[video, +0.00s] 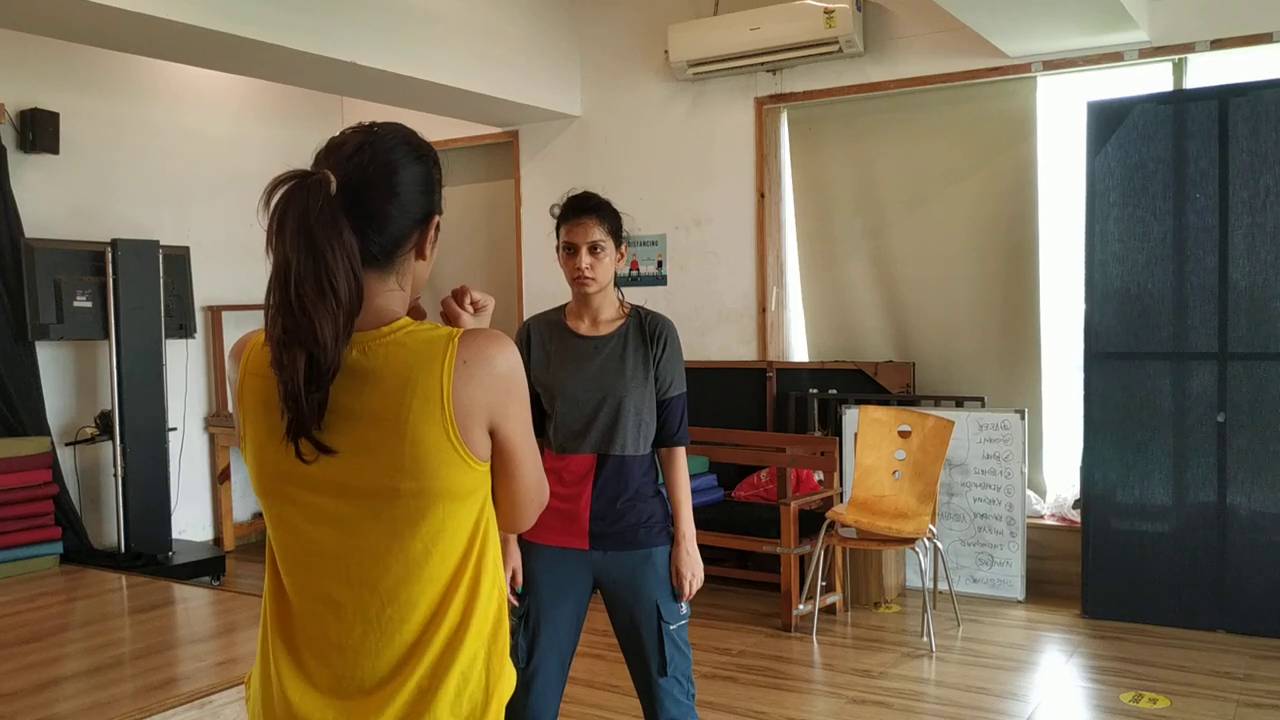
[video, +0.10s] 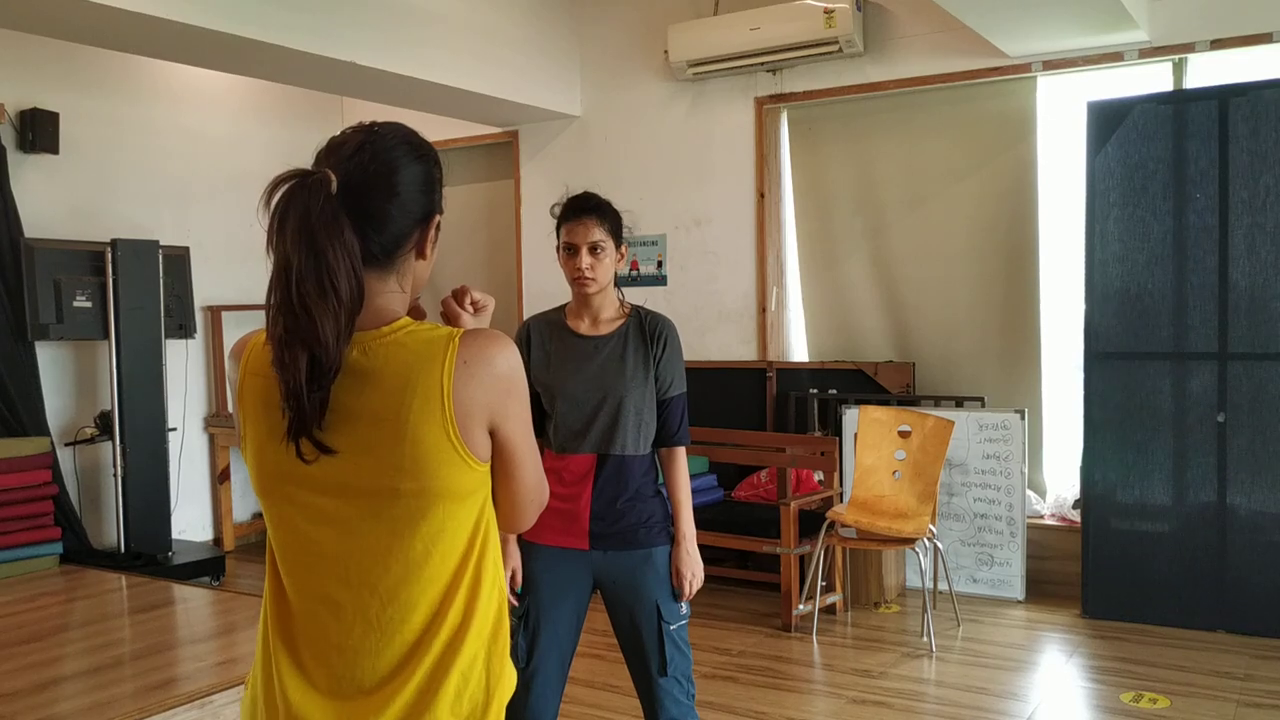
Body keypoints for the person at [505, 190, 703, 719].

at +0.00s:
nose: (581, 263)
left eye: (595, 250)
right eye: (570, 250)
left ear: (620, 256)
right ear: (558, 256)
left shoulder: (655, 334)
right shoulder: (534, 336)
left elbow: (673, 443)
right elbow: (516, 436)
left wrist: (686, 539)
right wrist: (507, 531)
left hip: (642, 542)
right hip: (552, 543)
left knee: (669, 697)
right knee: (532, 696)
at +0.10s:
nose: (581, 263)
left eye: (595, 250)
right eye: (570, 250)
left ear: (620, 256)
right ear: (558, 256)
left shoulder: (655, 334)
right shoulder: (534, 336)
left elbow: (673, 444)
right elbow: (516, 436)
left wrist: (686, 539)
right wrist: (507, 532)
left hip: (642, 542)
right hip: (552, 543)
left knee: (669, 698)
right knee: (532, 697)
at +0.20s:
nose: (582, 263)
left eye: (596, 250)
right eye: (571, 251)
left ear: (620, 256)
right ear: (558, 256)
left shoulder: (655, 334)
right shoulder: (533, 335)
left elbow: (673, 443)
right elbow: (515, 436)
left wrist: (686, 539)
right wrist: (506, 533)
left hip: (642, 542)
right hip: (552, 543)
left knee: (669, 697)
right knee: (533, 697)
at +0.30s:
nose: (583, 263)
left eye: (596, 250)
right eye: (571, 250)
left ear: (621, 256)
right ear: (559, 255)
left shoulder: (656, 333)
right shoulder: (533, 336)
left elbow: (673, 443)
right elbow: (514, 437)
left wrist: (686, 539)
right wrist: (507, 534)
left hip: (642, 542)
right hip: (552, 543)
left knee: (670, 698)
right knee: (533, 697)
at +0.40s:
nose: (583, 263)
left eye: (597, 250)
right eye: (572, 250)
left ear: (621, 256)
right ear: (560, 256)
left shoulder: (657, 333)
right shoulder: (533, 335)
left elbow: (674, 442)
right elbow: (516, 436)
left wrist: (687, 539)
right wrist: (507, 534)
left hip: (643, 543)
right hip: (552, 544)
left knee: (670, 697)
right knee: (533, 697)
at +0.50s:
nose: (584, 263)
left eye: (598, 250)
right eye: (572, 250)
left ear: (622, 256)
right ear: (560, 256)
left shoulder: (657, 334)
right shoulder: (534, 335)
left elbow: (674, 443)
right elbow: (516, 436)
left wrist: (687, 539)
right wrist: (507, 535)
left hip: (643, 543)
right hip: (553, 544)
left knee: (670, 698)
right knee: (533, 698)